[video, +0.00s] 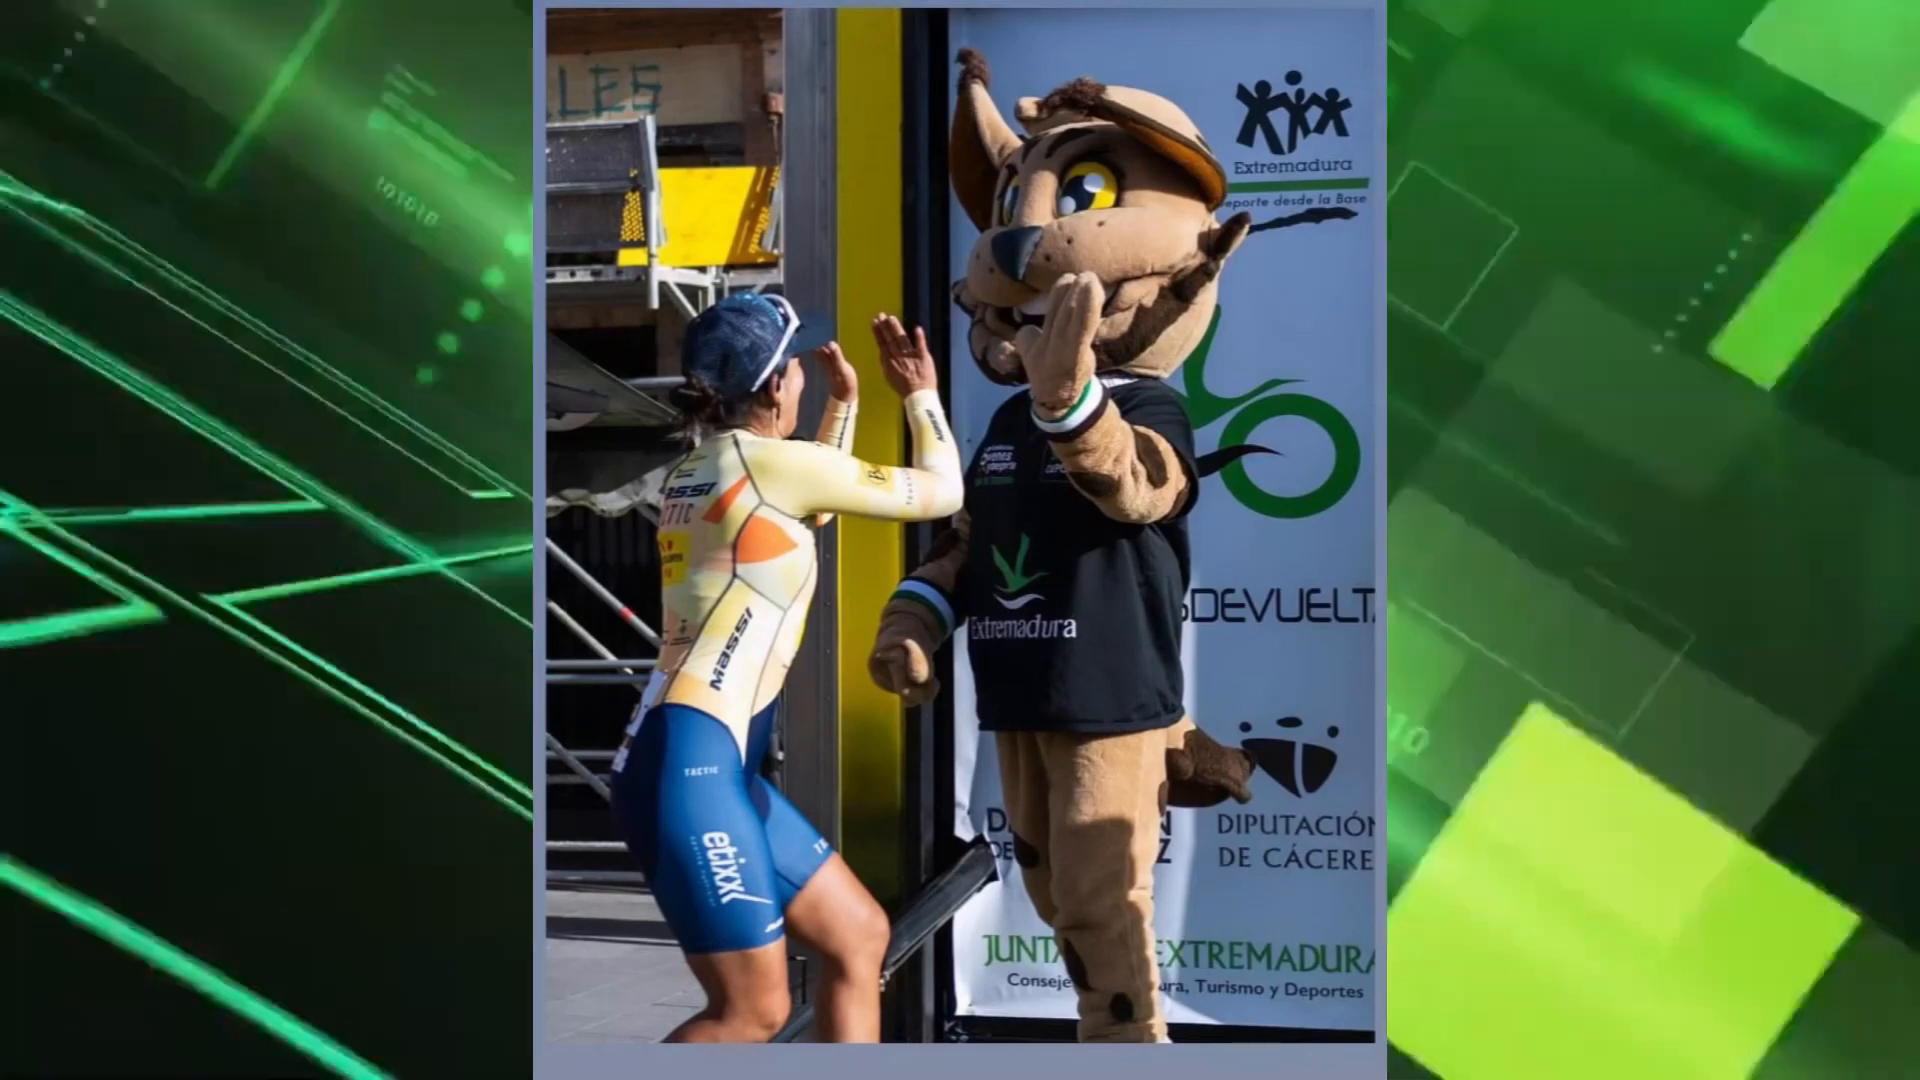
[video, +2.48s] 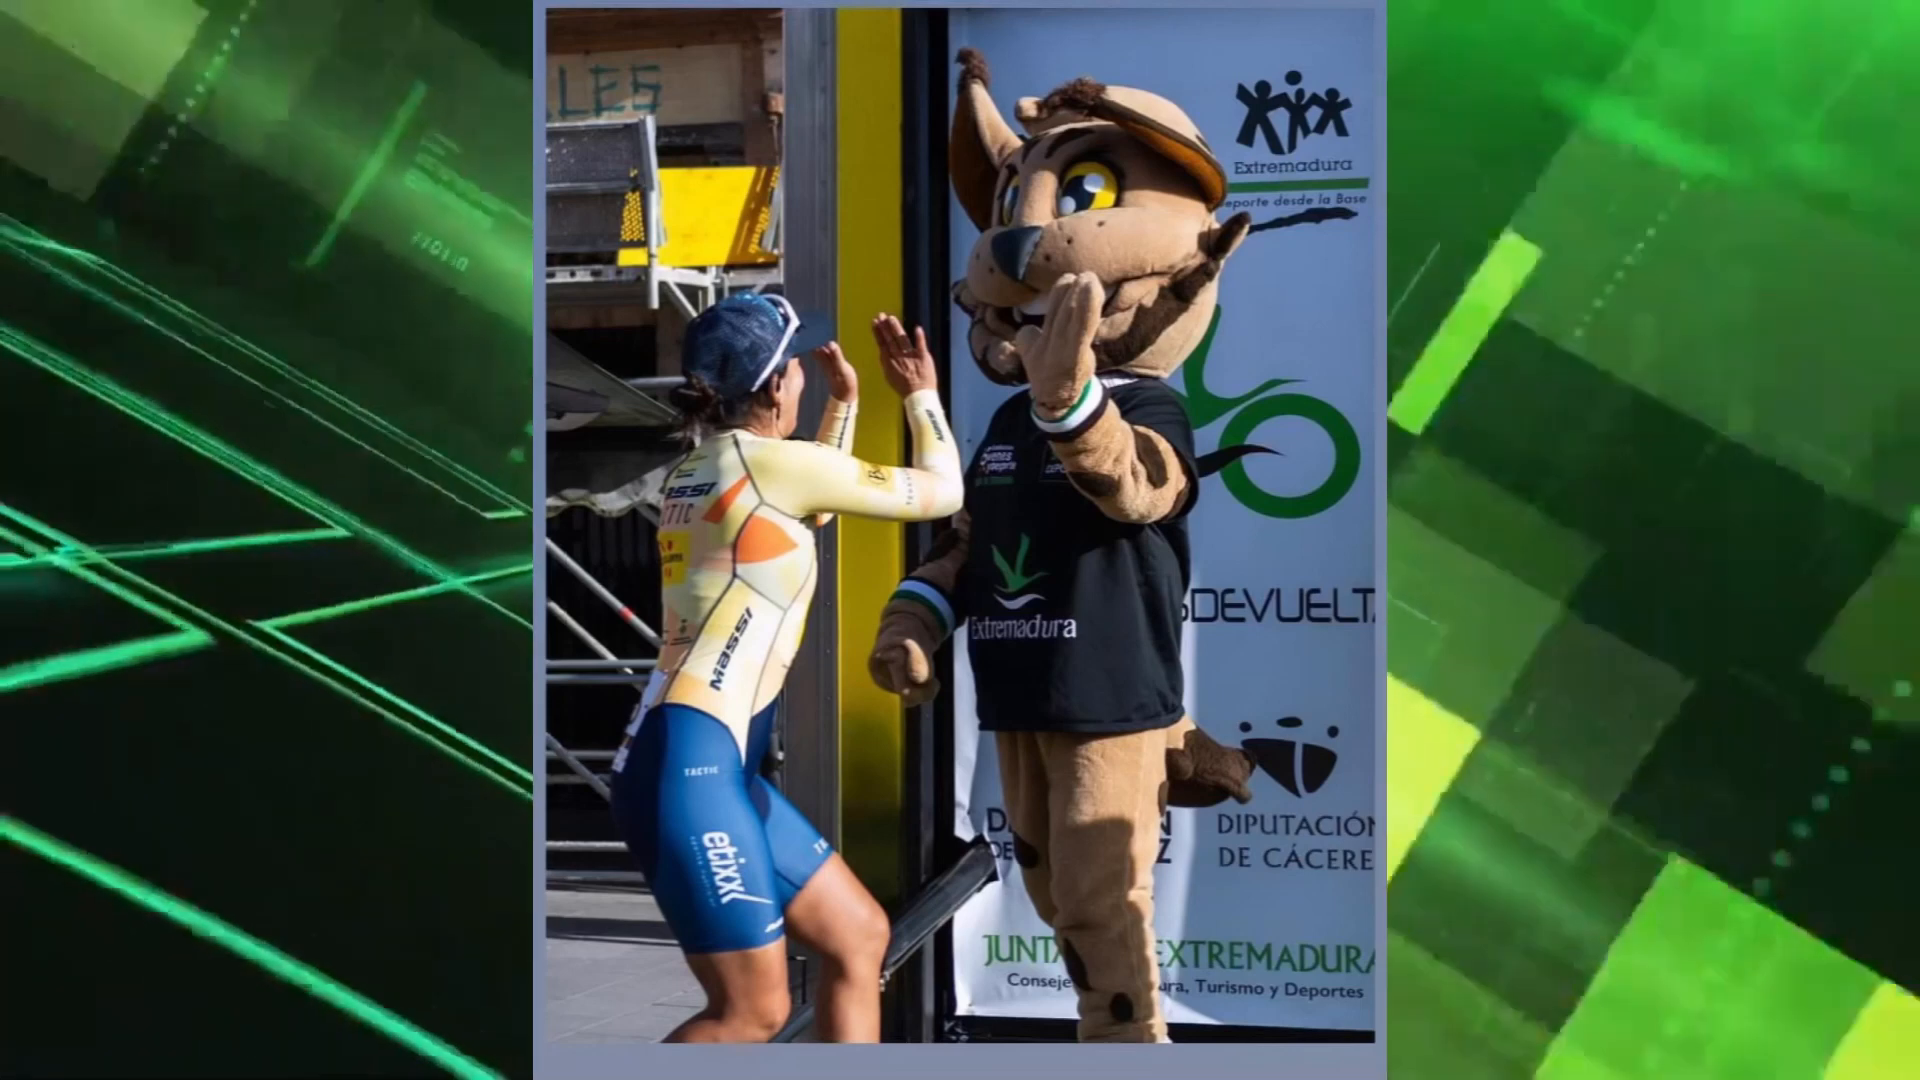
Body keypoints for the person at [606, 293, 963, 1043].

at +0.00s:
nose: (803, 377)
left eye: (799, 362)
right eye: (796, 364)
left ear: (713, 387)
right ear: (777, 380)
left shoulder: (694, 471)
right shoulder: (780, 465)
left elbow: (799, 495)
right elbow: (938, 492)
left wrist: (840, 413)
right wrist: (924, 396)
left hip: (714, 769)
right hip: (686, 774)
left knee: (860, 934)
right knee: (754, 1010)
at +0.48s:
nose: (803, 377)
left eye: (800, 363)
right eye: (797, 364)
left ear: (714, 387)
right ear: (778, 380)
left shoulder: (695, 471)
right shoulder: (779, 465)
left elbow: (801, 496)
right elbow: (938, 492)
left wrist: (841, 411)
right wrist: (924, 396)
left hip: (715, 769)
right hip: (686, 774)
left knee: (860, 933)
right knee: (754, 1009)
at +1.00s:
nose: (804, 377)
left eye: (800, 363)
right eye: (797, 364)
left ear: (714, 387)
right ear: (777, 380)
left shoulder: (695, 471)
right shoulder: (779, 465)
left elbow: (801, 497)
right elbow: (938, 492)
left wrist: (840, 411)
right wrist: (924, 396)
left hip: (715, 769)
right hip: (686, 774)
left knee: (860, 933)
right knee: (754, 1009)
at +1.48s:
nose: (804, 377)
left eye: (800, 363)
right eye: (797, 364)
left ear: (714, 387)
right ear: (778, 380)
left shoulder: (695, 471)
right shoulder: (779, 465)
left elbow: (801, 496)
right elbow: (938, 492)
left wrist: (841, 411)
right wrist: (924, 396)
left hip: (715, 769)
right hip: (686, 774)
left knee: (860, 933)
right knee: (754, 1009)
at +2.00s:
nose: (803, 377)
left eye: (800, 363)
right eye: (796, 364)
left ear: (715, 387)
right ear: (776, 380)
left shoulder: (693, 471)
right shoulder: (777, 464)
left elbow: (800, 496)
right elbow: (939, 492)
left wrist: (841, 411)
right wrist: (924, 395)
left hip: (714, 770)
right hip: (686, 774)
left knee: (860, 934)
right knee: (753, 1010)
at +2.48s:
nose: (803, 377)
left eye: (799, 363)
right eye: (796, 364)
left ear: (715, 387)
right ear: (776, 380)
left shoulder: (692, 471)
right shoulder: (778, 465)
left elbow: (797, 494)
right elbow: (938, 492)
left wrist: (840, 412)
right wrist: (924, 395)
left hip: (714, 770)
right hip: (686, 774)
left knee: (860, 933)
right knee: (754, 1010)